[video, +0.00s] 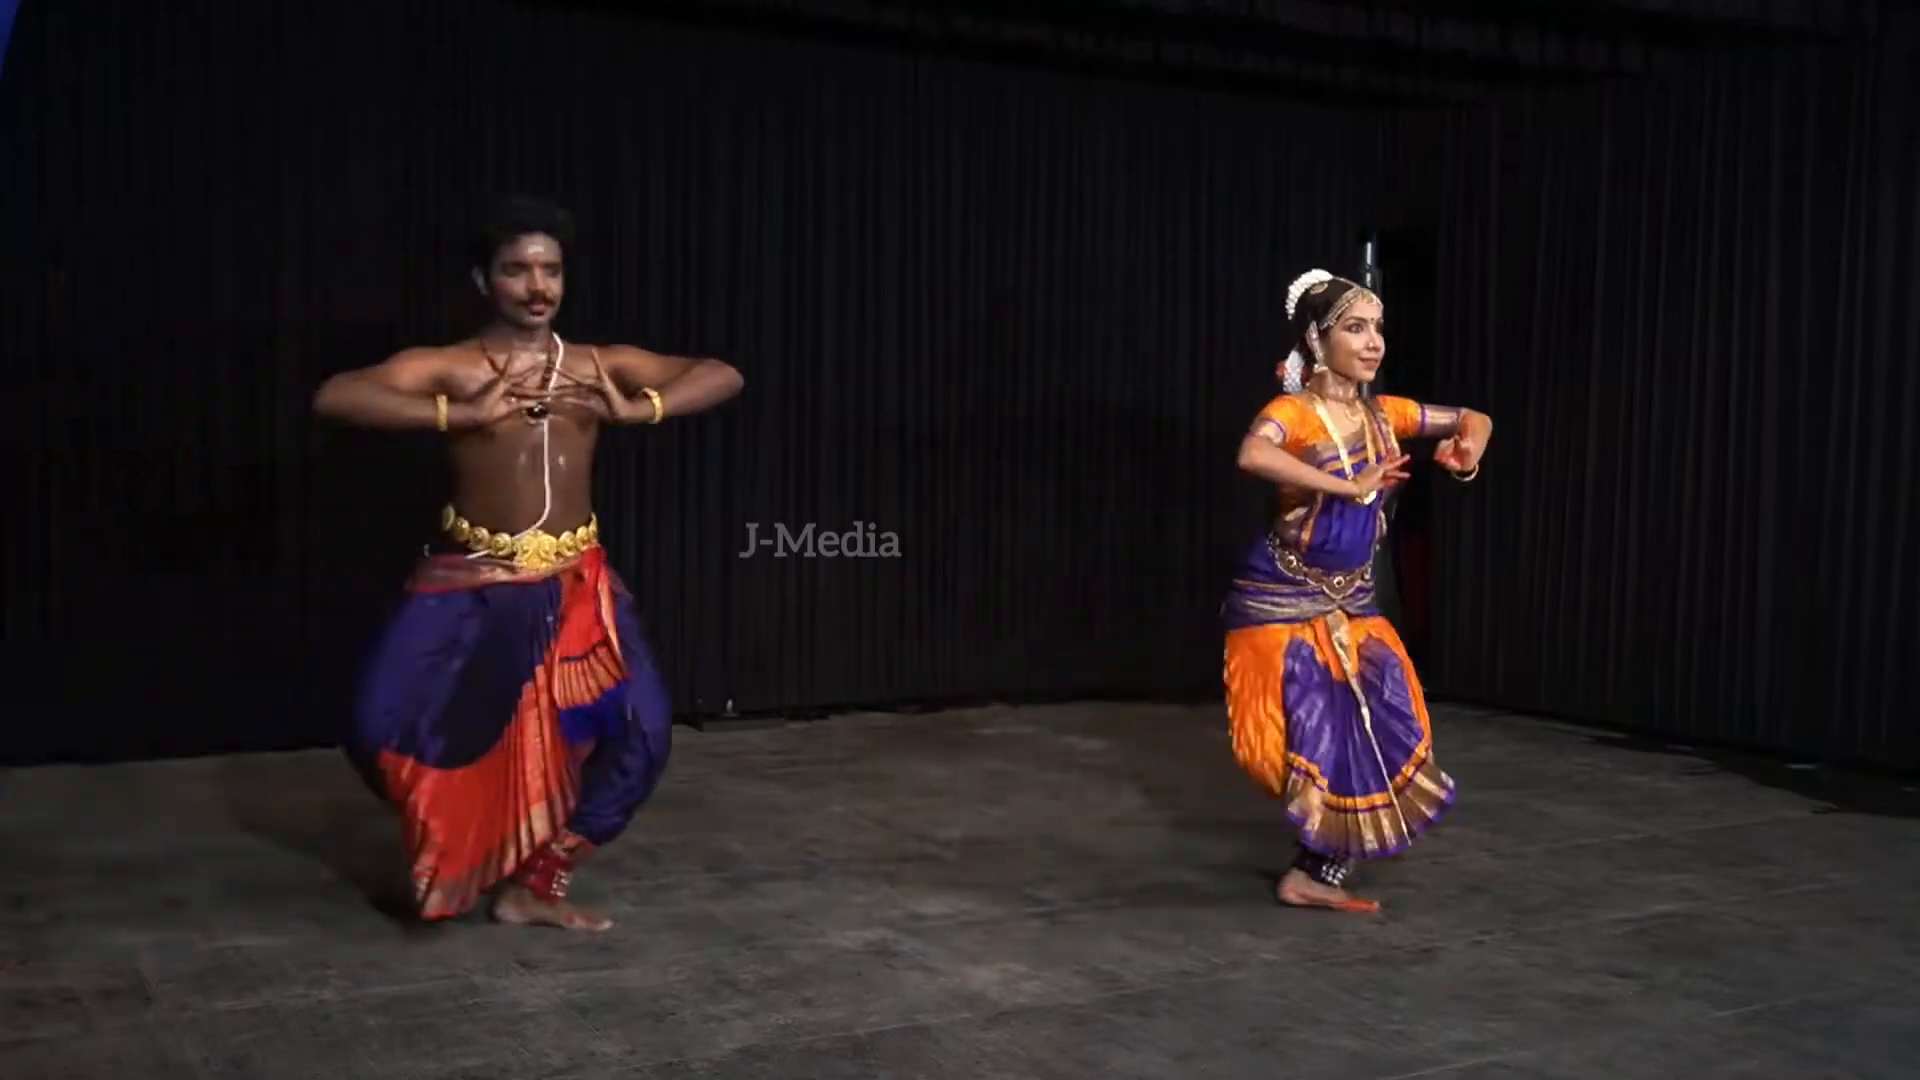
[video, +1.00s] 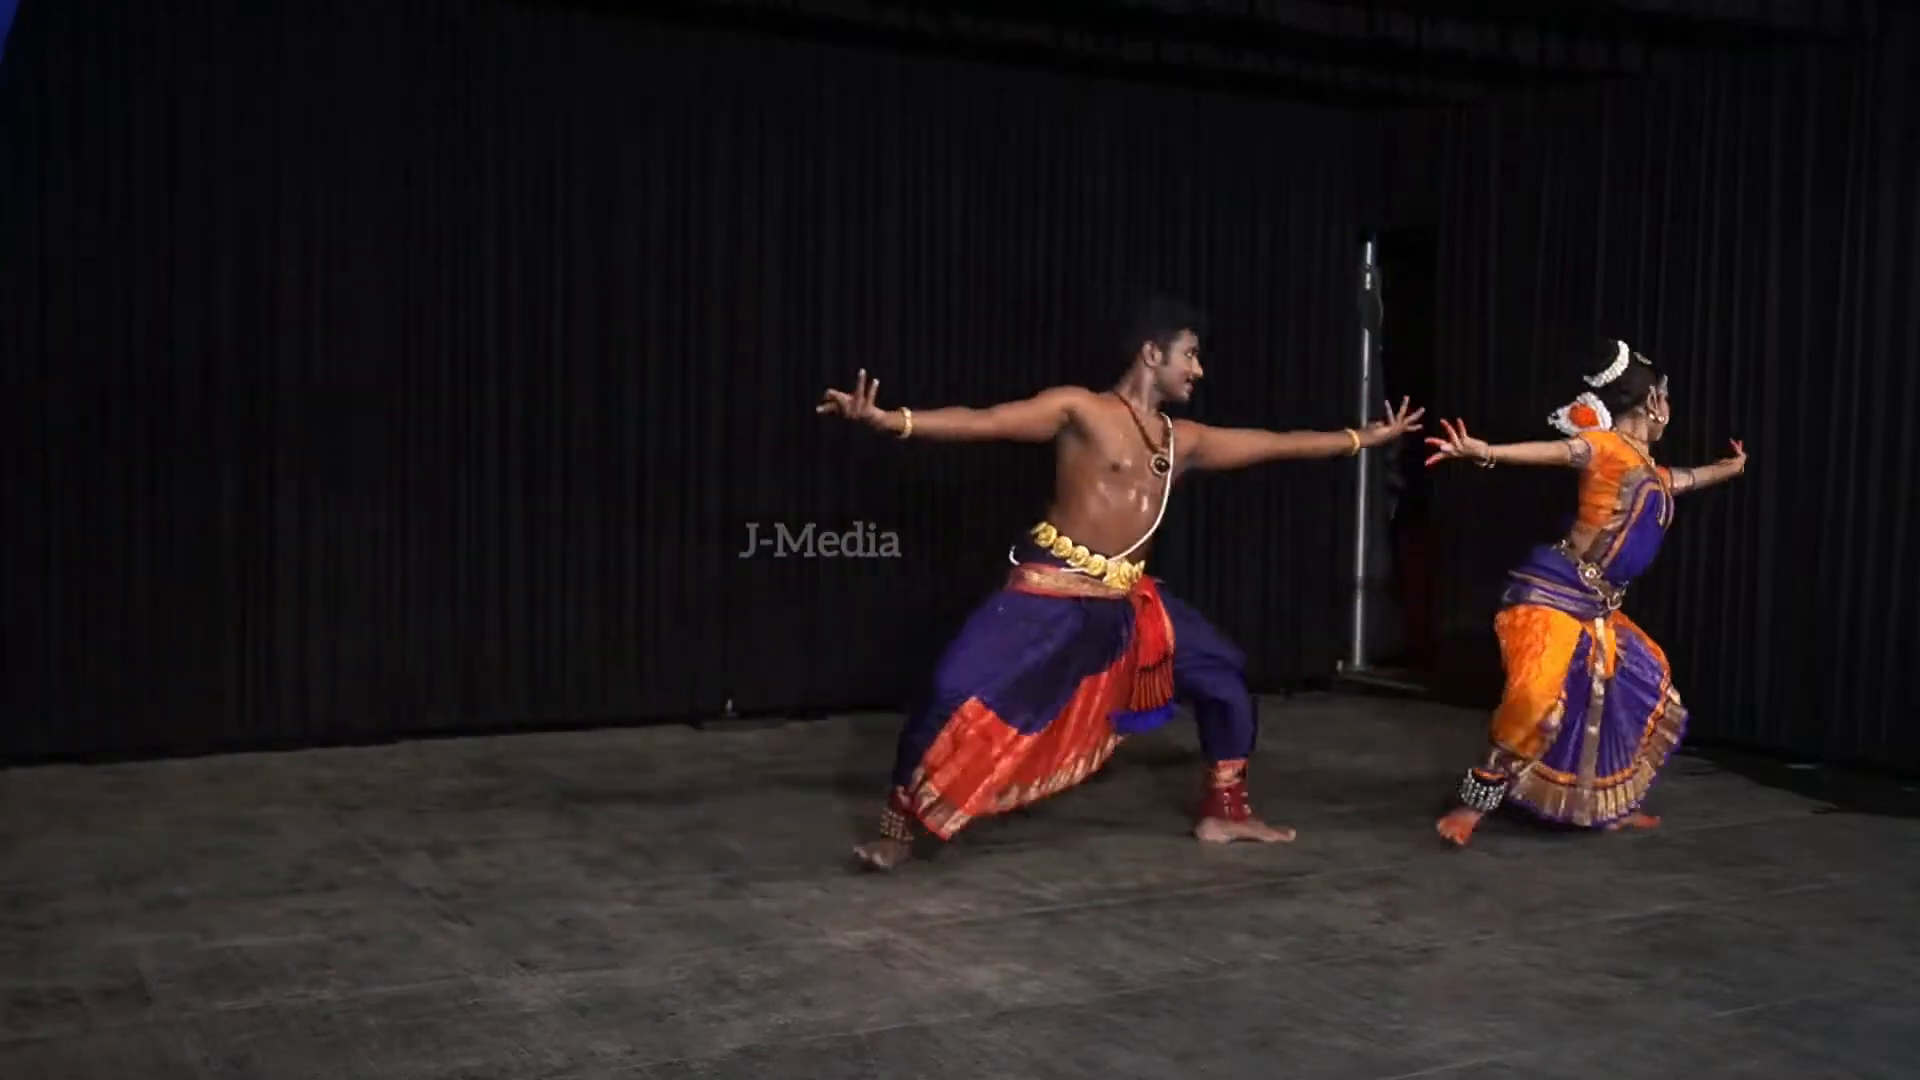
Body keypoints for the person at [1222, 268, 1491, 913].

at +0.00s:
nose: (1374, 342)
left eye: (1379, 329)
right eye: (1357, 328)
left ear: (1383, 339)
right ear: (1318, 340)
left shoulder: (1385, 412)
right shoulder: (1293, 411)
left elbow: (1476, 420)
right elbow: (1254, 455)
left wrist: (1471, 442)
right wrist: (1349, 485)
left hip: (1351, 607)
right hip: (1279, 607)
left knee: (1392, 721)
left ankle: (1314, 875)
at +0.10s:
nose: (1406, 341)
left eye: (1410, 329)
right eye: (1387, 329)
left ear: (1413, 340)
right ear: (1350, 345)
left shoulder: (1417, 415)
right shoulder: (1325, 415)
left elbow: (1506, 422)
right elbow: (1287, 455)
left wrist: (1501, 445)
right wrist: (1379, 485)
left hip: (1384, 602)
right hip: (1315, 603)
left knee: (1435, 725)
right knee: (1353, 732)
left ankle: (1331, 848)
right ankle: (1384, 830)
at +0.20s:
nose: (1431, 346)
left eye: (1434, 335)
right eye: (1413, 336)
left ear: (1437, 347)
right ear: (1377, 353)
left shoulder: (1445, 419)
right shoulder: (1355, 422)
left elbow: (1534, 424)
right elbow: (1312, 461)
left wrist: (1526, 449)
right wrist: (1405, 488)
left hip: (1412, 604)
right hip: (1342, 608)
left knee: (1494, 706)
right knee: (1378, 746)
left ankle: (1393, 825)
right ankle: (1406, 830)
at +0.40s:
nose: (1490, 368)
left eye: (1495, 355)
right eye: (1474, 356)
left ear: (1501, 364)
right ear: (1438, 368)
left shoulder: (1506, 431)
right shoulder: (1415, 429)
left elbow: (1596, 434)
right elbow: (1370, 461)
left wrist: (1582, 465)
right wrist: (1455, 488)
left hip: (1461, 606)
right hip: (1389, 602)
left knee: (1538, 698)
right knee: (1364, 722)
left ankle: (1490, 840)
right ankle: (1404, 830)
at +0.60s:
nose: (1552, 403)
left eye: (1557, 391)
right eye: (1537, 390)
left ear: (1559, 397)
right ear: (1500, 399)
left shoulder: (1554, 462)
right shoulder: (1469, 459)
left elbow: (1623, 486)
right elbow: (1425, 517)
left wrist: (1618, 495)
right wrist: (1518, 504)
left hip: (1495, 625)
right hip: (1427, 619)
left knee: (1574, 706)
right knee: (1411, 717)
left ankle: (1507, 833)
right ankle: (1425, 848)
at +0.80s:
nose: (1619, 392)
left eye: (1623, 380)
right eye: (1606, 379)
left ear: (1621, 388)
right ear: (1568, 386)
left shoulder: (1598, 458)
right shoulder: (1535, 443)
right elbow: (1479, 510)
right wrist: (1454, 474)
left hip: (1539, 597)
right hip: (1481, 590)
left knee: (1615, 661)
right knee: (1459, 696)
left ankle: (1584, 791)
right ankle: (1432, 841)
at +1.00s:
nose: (1669, 407)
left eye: (1666, 398)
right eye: (1665, 398)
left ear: (1637, 406)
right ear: (1650, 405)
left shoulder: (1653, 472)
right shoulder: (1605, 446)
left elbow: (1690, 478)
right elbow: (1553, 452)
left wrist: (1735, 467)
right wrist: (1488, 451)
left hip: (1599, 612)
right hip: (1551, 598)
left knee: (1651, 690)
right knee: (1535, 696)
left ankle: (1606, 802)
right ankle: (1476, 803)